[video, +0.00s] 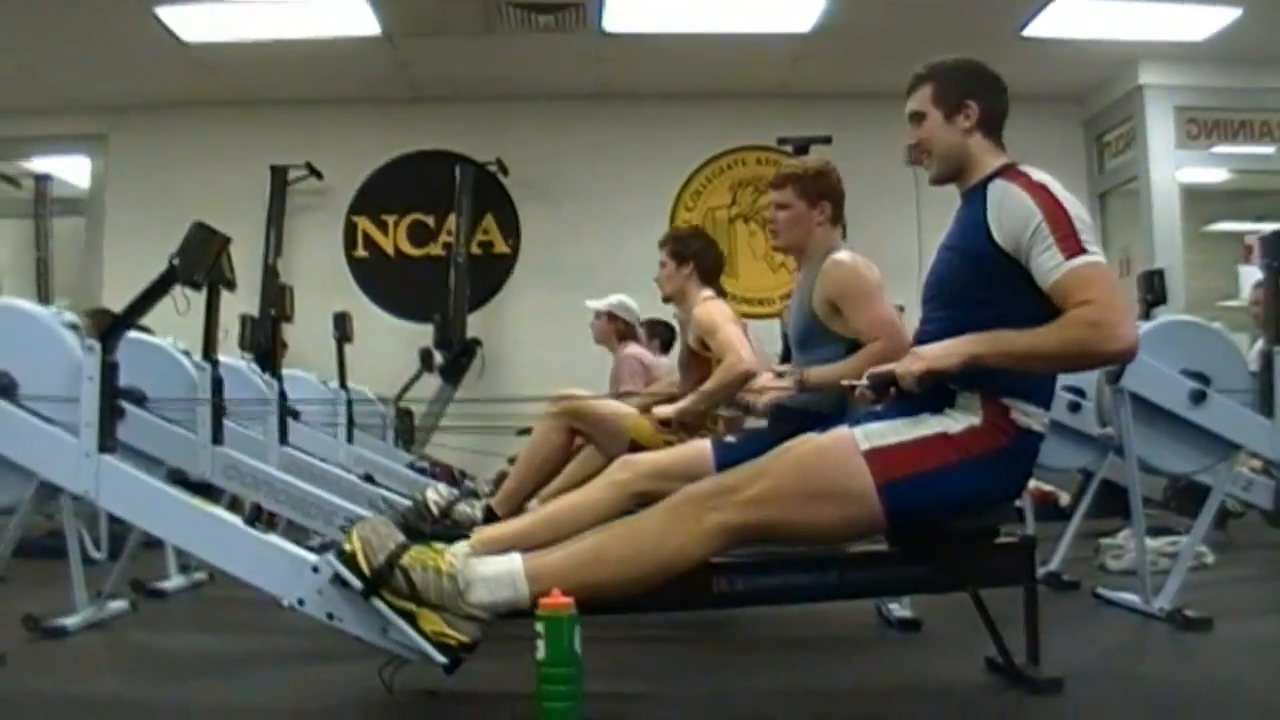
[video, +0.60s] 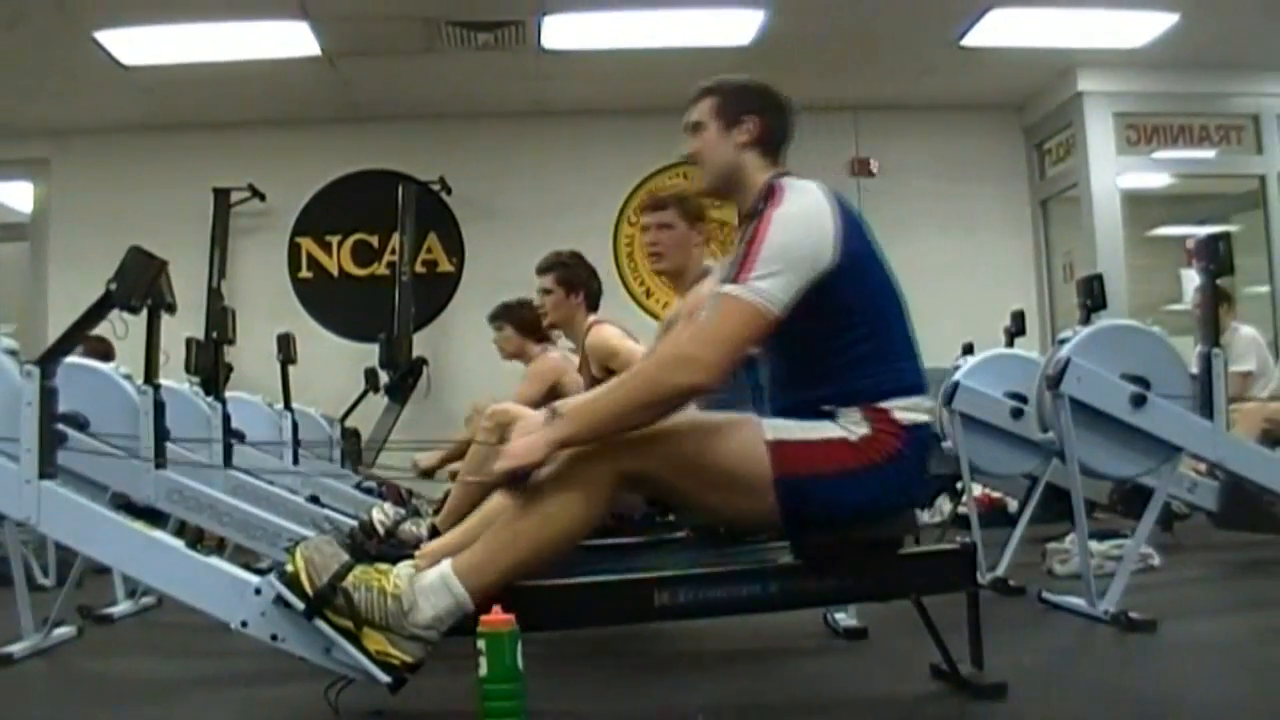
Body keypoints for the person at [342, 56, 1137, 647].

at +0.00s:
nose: (909, 141)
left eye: (918, 123)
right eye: (909, 128)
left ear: (966, 117)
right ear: (966, 124)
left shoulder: (1023, 194)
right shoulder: (981, 207)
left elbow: (1110, 330)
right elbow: (934, 340)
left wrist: (962, 348)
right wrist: (814, 379)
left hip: (976, 432)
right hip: (941, 423)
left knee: (735, 505)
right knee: (714, 496)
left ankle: (483, 589)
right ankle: (474, 572)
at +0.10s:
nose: (887, 150)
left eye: (896, 132)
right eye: (884, 136)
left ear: (946, 126)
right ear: (938, 135)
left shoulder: (1002, 206)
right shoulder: (957, 216)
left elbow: (1077, 352)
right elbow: (930, 348)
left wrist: (922, 368)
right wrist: (843, 382)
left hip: (961, 446)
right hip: (925, 433)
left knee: (714, 516)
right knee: (693, 503)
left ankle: (482, 601)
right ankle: (467, 580)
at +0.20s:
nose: (828, 138)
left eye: (840, 121)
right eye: (827, 126)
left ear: (890, 119)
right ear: (882, 128)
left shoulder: (943, 203)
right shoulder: (900, 217)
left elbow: (968, 370)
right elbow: (858, 372)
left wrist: (809, 380)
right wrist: (754, 396)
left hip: (910, 441)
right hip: (863, 432)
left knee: (661, 515)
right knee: (603, 490)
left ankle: (432, 597)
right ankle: (424, 575)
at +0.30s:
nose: (804, 140)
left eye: (815, 122)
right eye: (802, 128)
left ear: (868, 120)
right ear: (857, 131)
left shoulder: (918, 204)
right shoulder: (869, 222)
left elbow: (901, 377)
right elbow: (843, 376)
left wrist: (738, 397)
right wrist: (723, 404)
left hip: (910, 444)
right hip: (867, 435)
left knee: (660, 511)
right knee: (637, 502)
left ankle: (427, 604)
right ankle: (425, 597)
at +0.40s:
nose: (773, 144)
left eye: (784, 124)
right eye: (773, 129)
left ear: (836, 123)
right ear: (830, 129)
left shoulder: (885, 204)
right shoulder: (848, 222)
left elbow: (833, 371)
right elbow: (809, 365)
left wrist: (675, 406)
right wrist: (680, 401)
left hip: (907, 444)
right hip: (865, 435)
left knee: (650, 494)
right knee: (631, 475)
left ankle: (431, 607)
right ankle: (425, 594)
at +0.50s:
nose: (734, 146)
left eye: (744, 126)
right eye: (733, 131)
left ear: (796, 126)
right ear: (786, 133)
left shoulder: (848, 205)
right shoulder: (807, 223)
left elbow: (762, 364)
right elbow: (741, 359)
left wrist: (606, 423)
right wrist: (609, 410)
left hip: (896, 445)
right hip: (848, 437)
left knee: (634, 469)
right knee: (612, 461)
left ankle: (429, 612)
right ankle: (422, 586)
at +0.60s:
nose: (686, 152)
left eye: (698, 133)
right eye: (687, 137)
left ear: (748, 135)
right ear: (744, 136)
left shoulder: (798, 210)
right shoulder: (757, 232)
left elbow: (692, 367)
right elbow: (677, 361)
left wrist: (553, 431)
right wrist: (553, 426)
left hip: (871, 446)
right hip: (821, 439)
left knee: (617, 448)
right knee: (589, 447)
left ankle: (427, 607)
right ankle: (422, 594)